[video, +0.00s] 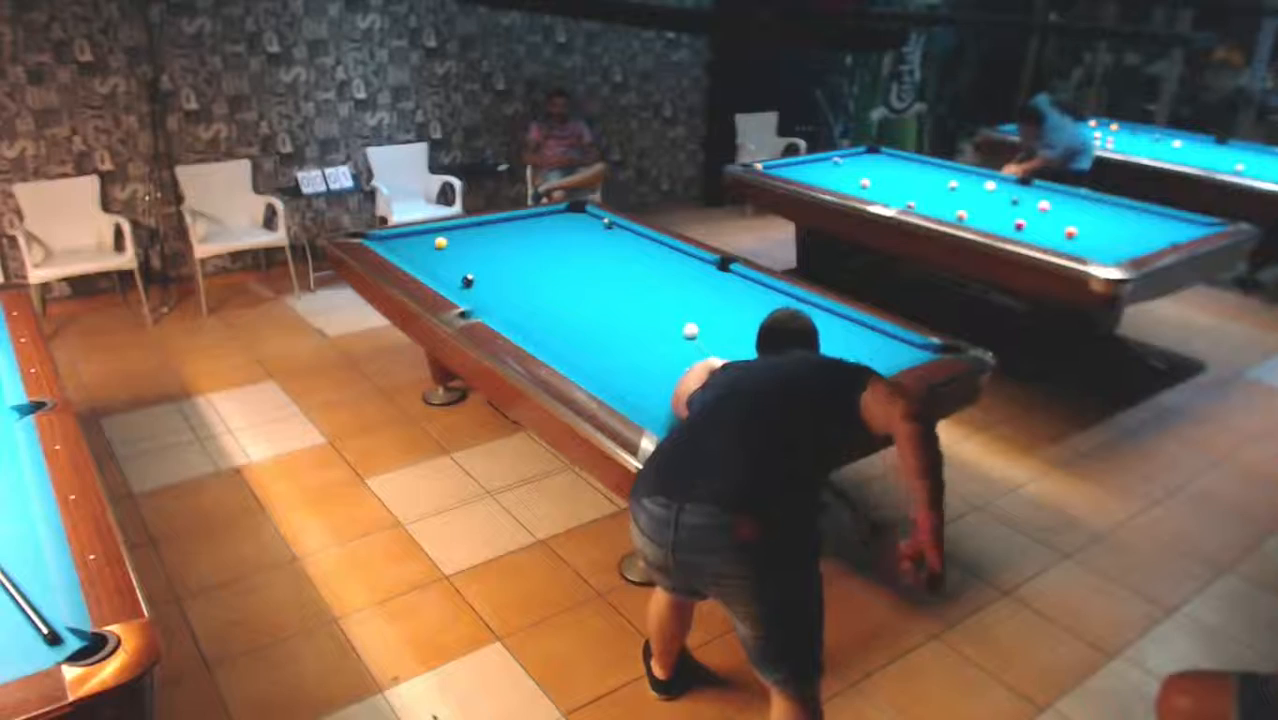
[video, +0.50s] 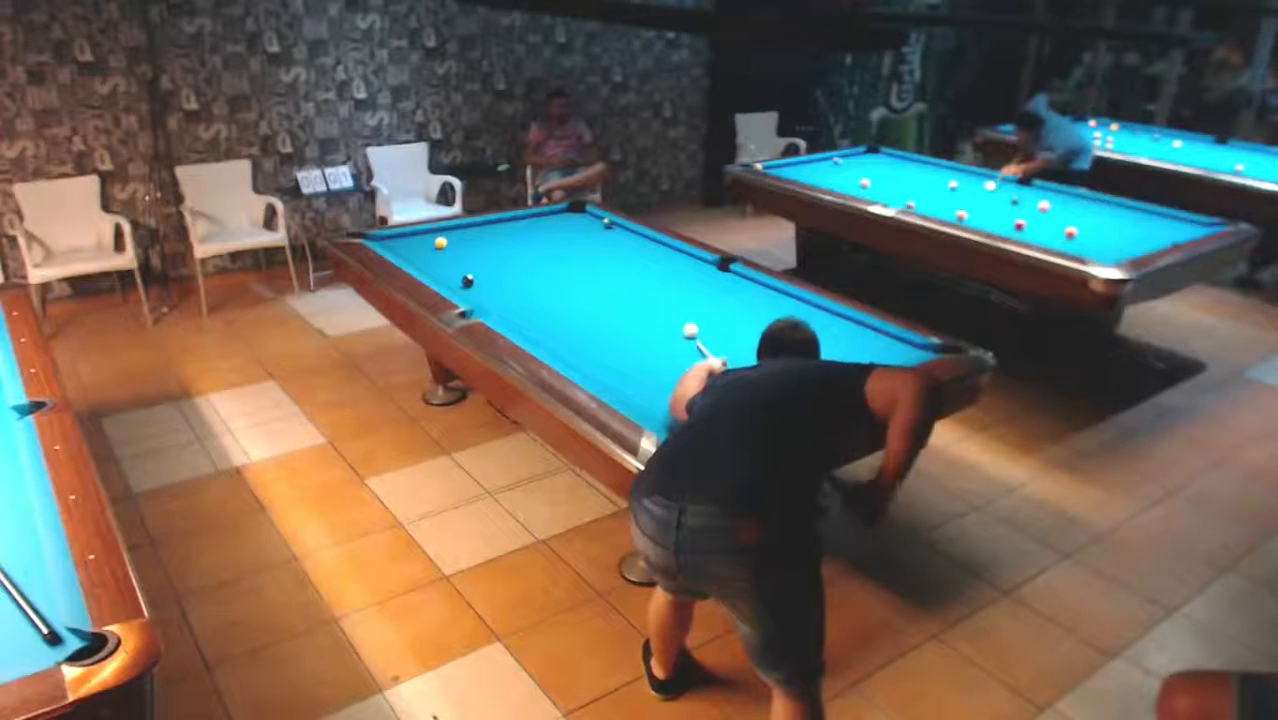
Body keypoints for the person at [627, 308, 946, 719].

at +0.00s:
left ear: (760, 349)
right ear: (814, 347)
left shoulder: (725, 372)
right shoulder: (844, 377)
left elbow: (681, 400)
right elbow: (910, 420)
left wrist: (705, 364)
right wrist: (927, 533)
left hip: (652, 508)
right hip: (746, 525)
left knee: (673, 584)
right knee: (791, 687)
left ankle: (663, 672)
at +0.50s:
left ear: (760, 357)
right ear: (814, 357)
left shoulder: (728, 381)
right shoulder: (837, 381)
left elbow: (680, 404)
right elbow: (914, 387)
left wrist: (704, 368)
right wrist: (883, 489)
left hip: (652, 512)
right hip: (745, 527)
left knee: (672, 585)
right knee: (793, 683)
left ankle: (664, 671)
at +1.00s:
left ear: (762, 359)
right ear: (815, 362)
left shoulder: (723, 384)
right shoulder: (837, 388)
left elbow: (679, 403)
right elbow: (914, 408)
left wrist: (704, 365)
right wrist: (938, 521)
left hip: (649, 517)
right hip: (744, 532)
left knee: (671, 585)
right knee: (790, 686)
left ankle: (663, 671)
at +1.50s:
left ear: (761, 361)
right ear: (814, 363)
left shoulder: (724, 387)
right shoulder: (834, 386)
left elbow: (679, 405)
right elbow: (916, 391)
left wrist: (702, 366)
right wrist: (881, 497)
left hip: (650, 518)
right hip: (746, 531)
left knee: (672, 585)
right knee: (791, 687)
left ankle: (663, 671)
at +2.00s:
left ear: (761, 362)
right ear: (814, 362)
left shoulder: (725, 387)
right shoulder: (836, 389)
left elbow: (680, 407)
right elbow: (913, 413)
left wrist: (703, 364)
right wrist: (928, 524)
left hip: (650, 518)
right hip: (747, 532)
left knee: (671, 584)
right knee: (792, 685)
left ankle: (663, 670)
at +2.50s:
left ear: (774, 320)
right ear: (830, 326)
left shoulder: (741, 356)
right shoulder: (857, 375)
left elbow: (691, 385)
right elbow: (939, 431)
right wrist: (905, 536)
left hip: (674, 524)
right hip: (770, 550)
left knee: (674, 586)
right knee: (810, 675)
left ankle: (663, 672)